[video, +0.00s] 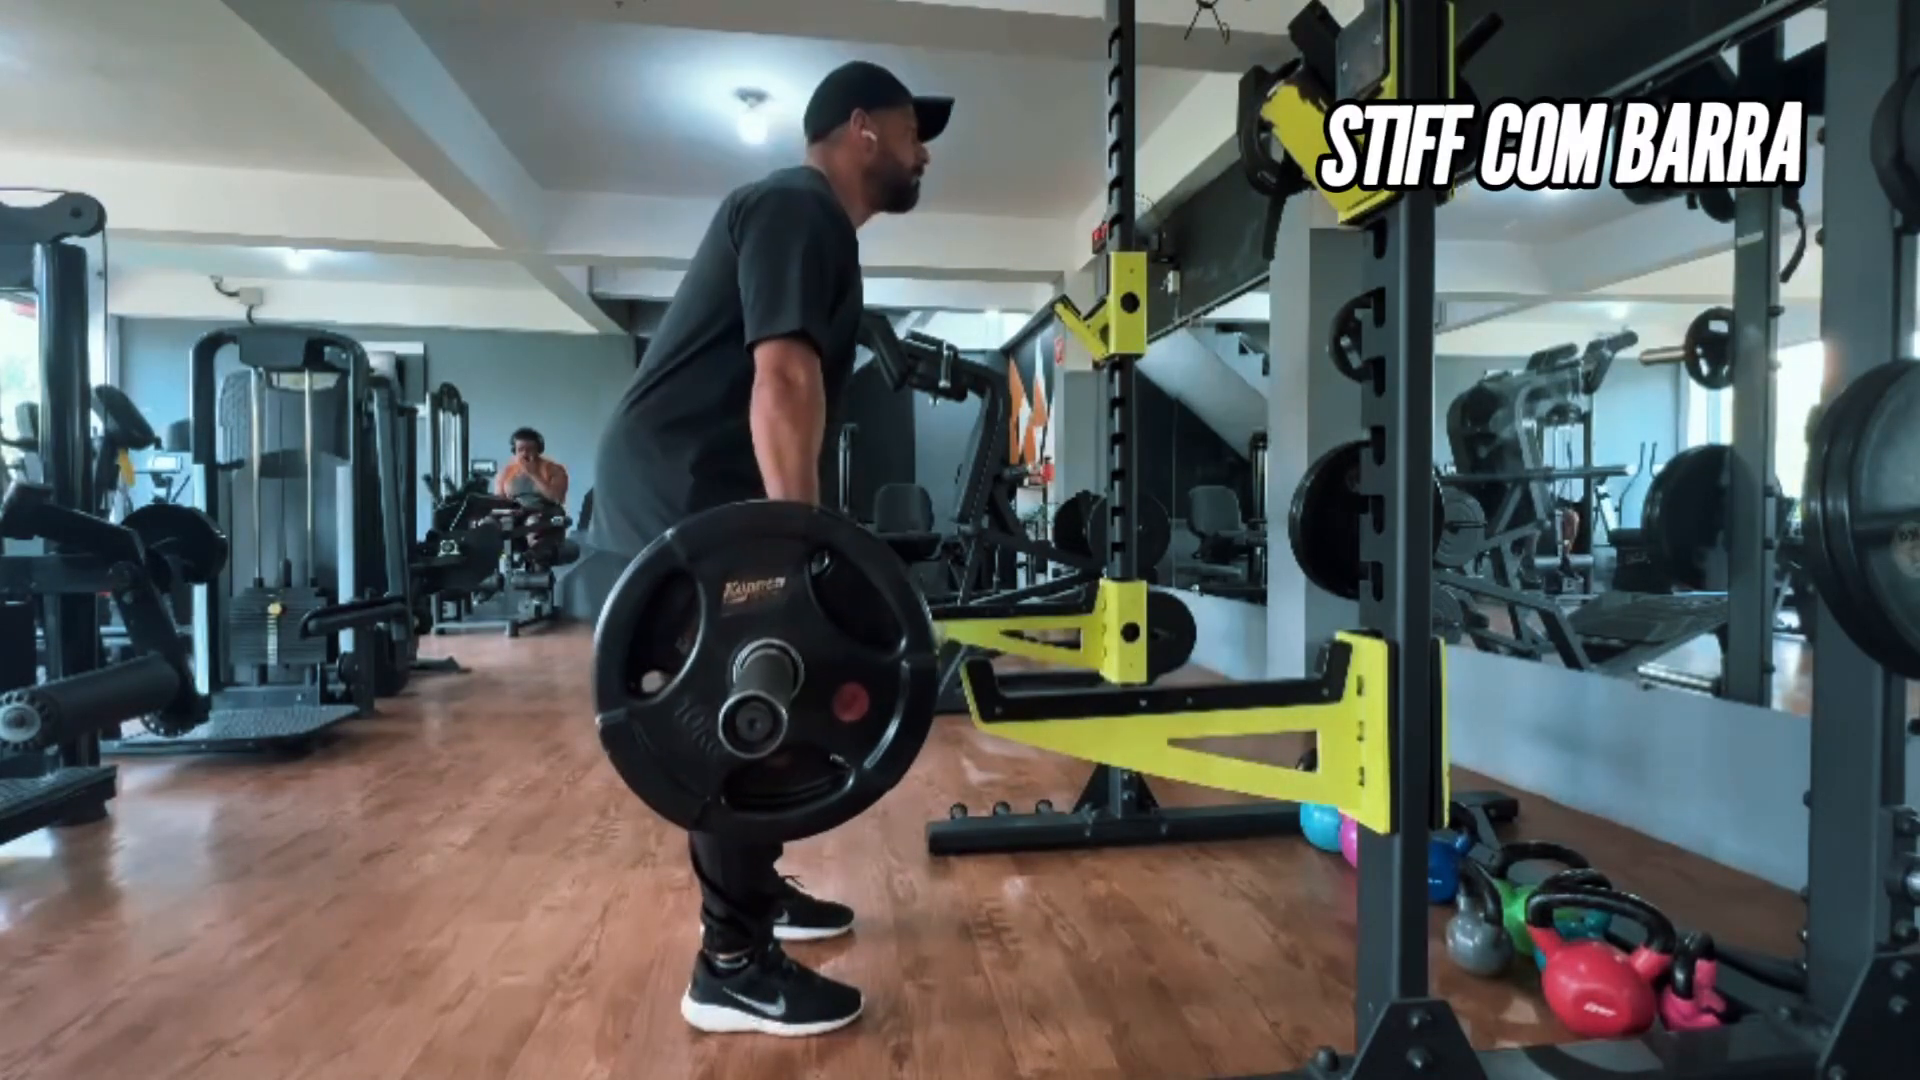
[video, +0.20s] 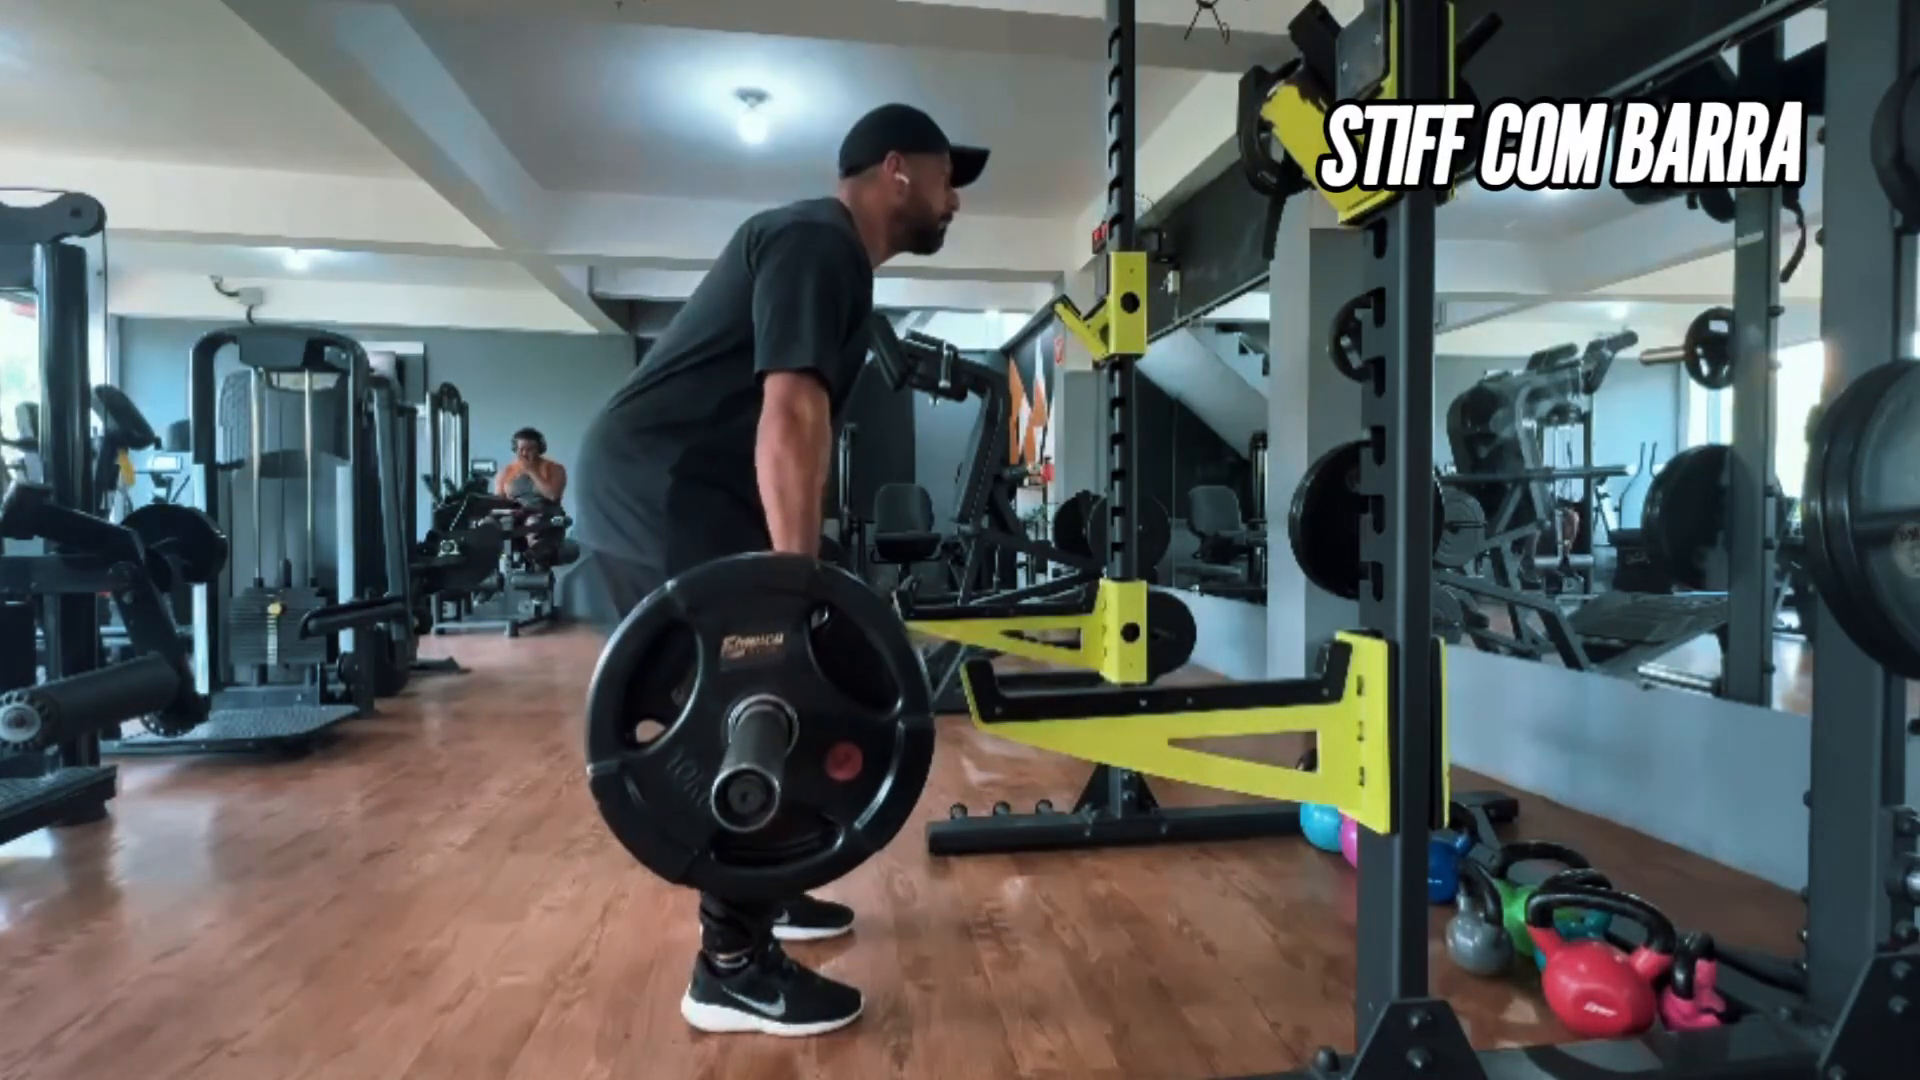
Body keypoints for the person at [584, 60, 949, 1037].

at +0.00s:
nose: (925, 156)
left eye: (925, 139)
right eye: (914, 134)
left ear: (853, 135)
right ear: (857, 130)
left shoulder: (816, 220)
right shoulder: (796, 203)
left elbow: (794, 384)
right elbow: (782, 376)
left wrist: (805, 547)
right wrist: (803, 551)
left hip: (706, 488)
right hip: (681, 491)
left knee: (758, 693)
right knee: (739, 708)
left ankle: (748, 882)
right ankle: (730, 961)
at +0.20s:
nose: (954, 202)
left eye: (956, 185)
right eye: (947, 181)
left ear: (888, 173)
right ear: (898, 170)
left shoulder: (831, 253)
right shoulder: (815, 239)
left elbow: (804, 412)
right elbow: (791, 408)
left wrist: (800, 579)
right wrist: (801, 585)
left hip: (688, 481)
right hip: (659, 481)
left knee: (751, 687)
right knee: (737, 707)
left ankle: (756, 893)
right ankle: (729, 961)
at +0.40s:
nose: (973, 254)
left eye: (977, 236)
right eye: (967, 231)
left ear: (907, 224)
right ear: (919, 218)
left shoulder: (842, 296)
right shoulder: (826, 274)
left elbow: (805, 454)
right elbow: (797, 450)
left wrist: (801, 626)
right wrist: (798, 633)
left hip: (642, 482)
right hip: (643, 480)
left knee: (720, 710)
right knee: (755, 706)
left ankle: (739, 948)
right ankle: (737, 966)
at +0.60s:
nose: (982, 299)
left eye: (986, 283)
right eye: (978, 277)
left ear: (923, 266)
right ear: (927, 261)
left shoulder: (853, 331)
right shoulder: (831, 307)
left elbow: (805, 491)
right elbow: (800, 489)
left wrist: (801, 650)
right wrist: (800, 661)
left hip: (628, 485)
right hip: (624, 484)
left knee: (706, 719)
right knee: (747, 714)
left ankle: (715, 946)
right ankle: (764, 965)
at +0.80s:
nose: (985, 337)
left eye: (991, 320)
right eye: (984, 314)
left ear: (932, 299)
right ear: (939, 298)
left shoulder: (847, 343)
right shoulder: (838, 338)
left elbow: (801, 523)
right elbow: (802, 526)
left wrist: (792, 688)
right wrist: (798, 699)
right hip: (613, 487)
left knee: (714, 716)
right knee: (742, 711)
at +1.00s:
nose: (990, 375)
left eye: (997, 359)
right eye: (989, 352)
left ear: (939, 332)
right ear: (945, 332)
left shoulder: (849, 369)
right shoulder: (838, 367)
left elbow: (816, 545)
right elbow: (803, 552)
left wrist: (793, 716)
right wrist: (797, 732)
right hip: (601, 493)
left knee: (731, 710)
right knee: (733, 713)